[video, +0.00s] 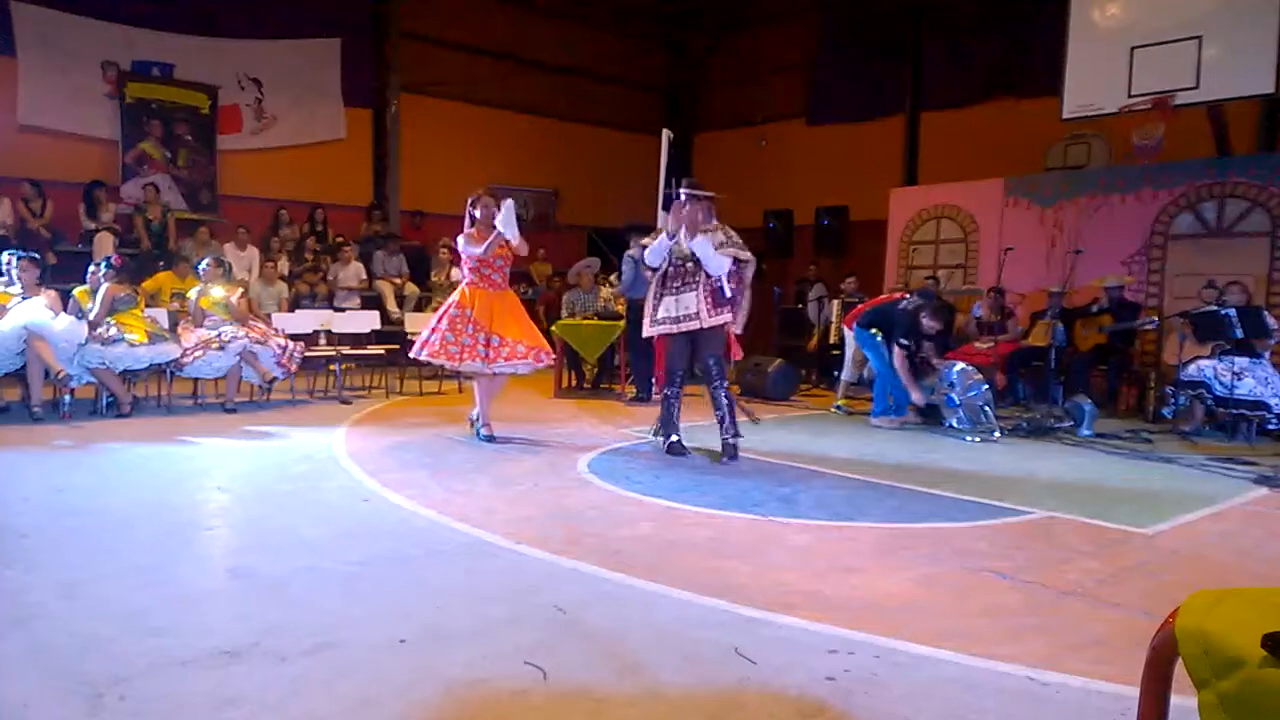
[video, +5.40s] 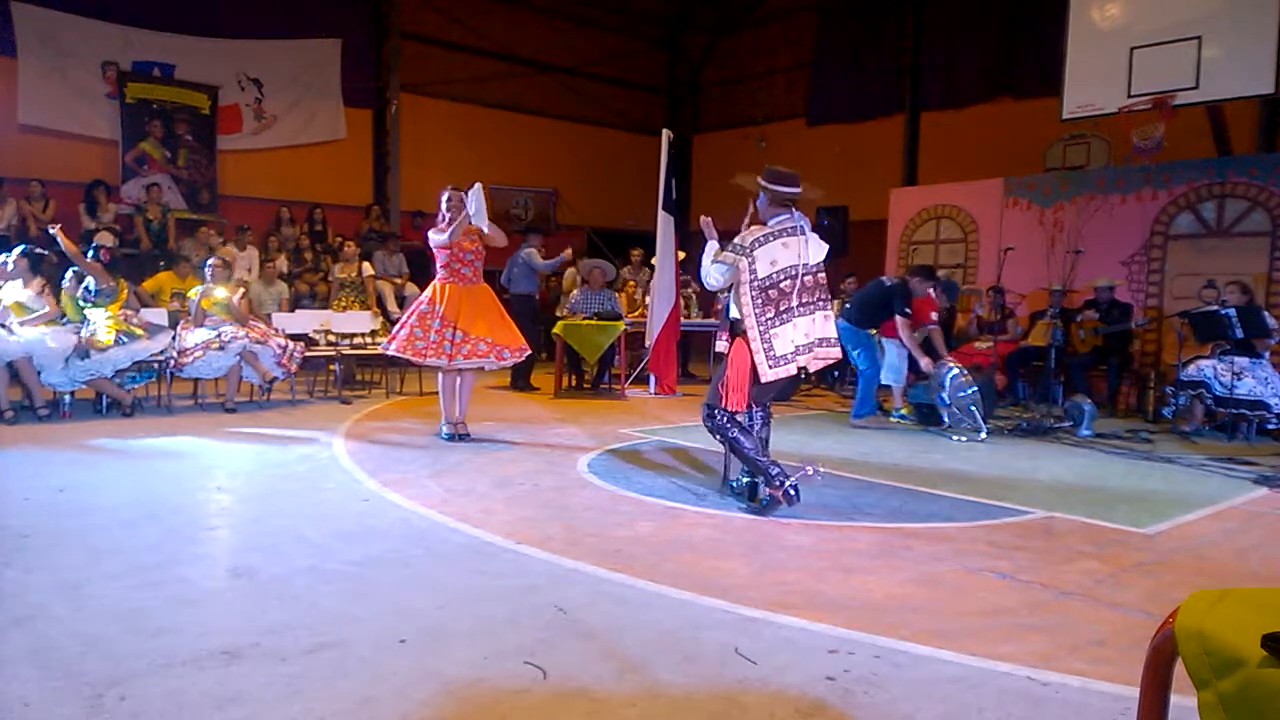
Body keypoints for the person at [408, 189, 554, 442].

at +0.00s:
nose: (490, 212)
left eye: (493, 207)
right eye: (485, 207)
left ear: (497, 211)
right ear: (473, 211)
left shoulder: (503, 236)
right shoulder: (466, 238)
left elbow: (523, 250)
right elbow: (479, 254)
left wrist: (511, 226)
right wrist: (496, 234)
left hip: (502, 301)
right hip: (475, 300)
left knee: (504, 366)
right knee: (481, 365)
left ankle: (478, 411)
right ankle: (484, 420)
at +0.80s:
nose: (477, 221)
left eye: (482, 217)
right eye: (472, 216)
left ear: (487, 220)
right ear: (462, 218)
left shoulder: (489, 243)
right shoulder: (459, 242)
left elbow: (501, 268)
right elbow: (480, 274)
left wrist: (517, 265)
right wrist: (512, 269)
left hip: (482, 304)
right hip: (460, 303)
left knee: (489, 362)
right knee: (481, 363)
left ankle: (456, 410)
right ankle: (469, 419)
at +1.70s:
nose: (458, 221)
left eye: (463, 217)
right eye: (453, 216)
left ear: (467, 220)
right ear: (443, 217)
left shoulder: (471, 241)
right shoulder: (434, 239)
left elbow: (485, 270)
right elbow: (450, 267)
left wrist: (488, 253)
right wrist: (480, 255)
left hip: (463, 305)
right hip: (440, 305)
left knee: (461, 367)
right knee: (449, 366)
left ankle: (444, 417)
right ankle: (443, 418)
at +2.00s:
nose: (457, 215)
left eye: (461, 211)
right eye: (453, 209)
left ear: (467, 214)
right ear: (443, 210)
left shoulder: (466, 235)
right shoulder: (428, 233)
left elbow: (481, 257)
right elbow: (441, 251)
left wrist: (477, 226)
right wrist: (462, 230)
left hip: (460, 298)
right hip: (436, 298)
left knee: (452, 364)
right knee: (438, 363)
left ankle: (445, 418)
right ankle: (442, 420)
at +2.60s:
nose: (455, 211)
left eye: (460, 205)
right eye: (452, 206)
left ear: (465, 208)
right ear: (445, 209)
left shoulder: (472, 236)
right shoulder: (433, 231)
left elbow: (475, 230)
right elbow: (425, 229)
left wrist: (460, 203)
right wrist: (438, 198)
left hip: (464, 298)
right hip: (435, 297)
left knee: (463, 364)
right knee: (438, 365)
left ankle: (460, 421)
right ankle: (441, 422)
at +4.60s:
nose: (462, 206)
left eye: (468, 202)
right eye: (459, 202)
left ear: (475, 208)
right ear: (451, 206)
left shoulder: (481, 234)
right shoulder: (440, 231)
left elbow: (480, 228)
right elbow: (424, 222)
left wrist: (459, 202)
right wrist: (438, 195)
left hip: (471, 296)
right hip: (443, 294)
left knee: (465, 364)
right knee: (444, 363)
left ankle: (461, 420)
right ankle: (447, 420)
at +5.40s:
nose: (454, 206)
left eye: (459, 202)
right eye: (449, 202)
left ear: (466, 206)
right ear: (441, 207)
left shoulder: (477, 232)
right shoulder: (435, 233)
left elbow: (503, 241)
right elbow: (448, 239)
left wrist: (482, 219)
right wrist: (465, 215)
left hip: (474, 298)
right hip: (447, 297)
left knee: (469, 364)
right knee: (448, 364)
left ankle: (461, 420)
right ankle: (447, 420)